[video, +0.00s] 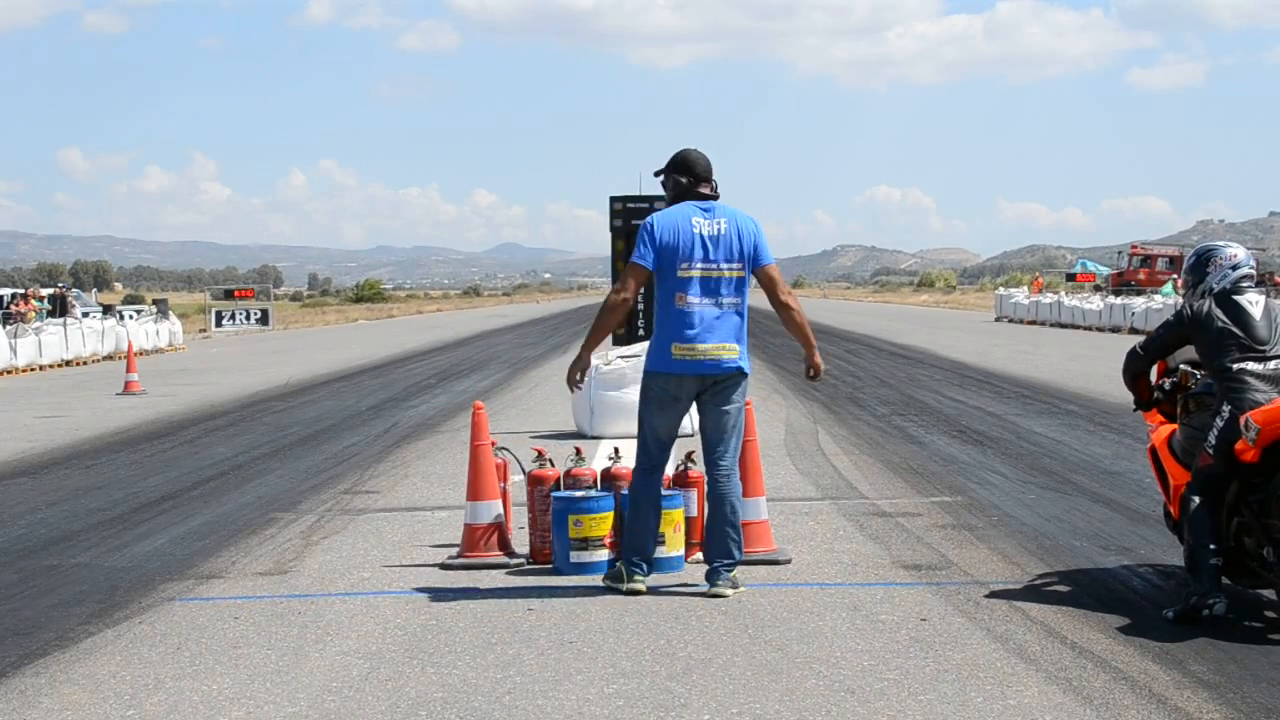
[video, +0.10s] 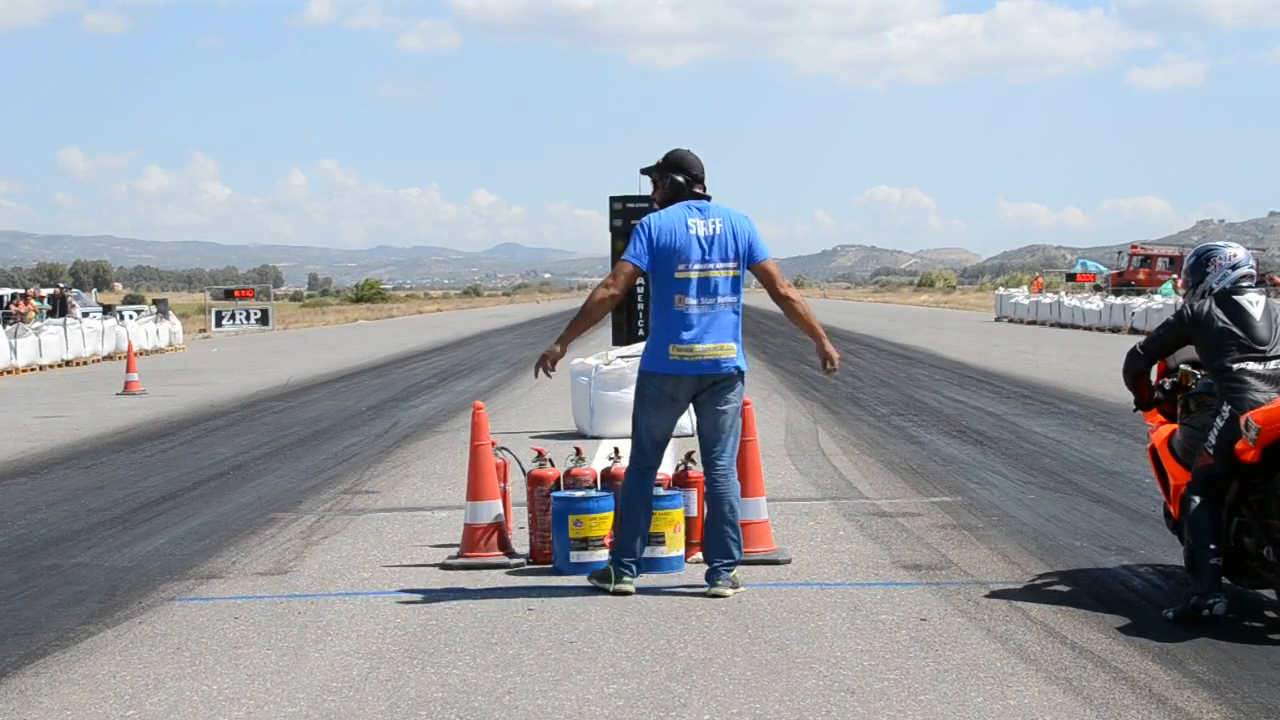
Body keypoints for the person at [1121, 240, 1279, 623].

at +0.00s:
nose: (1186, 287)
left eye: (1189, 280)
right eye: (1186, 280)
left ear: (1203, 277)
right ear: (1244, 269)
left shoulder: (1198, 309)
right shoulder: (1271, 304)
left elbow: (1136, 359)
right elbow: (1257, 353)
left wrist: (1148, 399)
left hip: (1243, 403)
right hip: (1279, 398)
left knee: (1199, 492)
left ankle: (1205, 591)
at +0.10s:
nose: (1186, 288)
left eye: (1189, 281)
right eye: (1187, 281)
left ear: (1203, 277)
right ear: (1244, 269)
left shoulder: (1198, 309)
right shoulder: (1271, 304)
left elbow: (1137, 359)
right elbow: (1256, 354)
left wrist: (1148, 398)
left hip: (1242, 406)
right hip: (1279, 400)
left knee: (1199, 492)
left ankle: (1206, 591)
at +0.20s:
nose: (1187, 288)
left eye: (1190, 280)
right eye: (1188, 281)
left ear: (1204, 276)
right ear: (1244, 269)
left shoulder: (1198, 310)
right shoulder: (1270, 303)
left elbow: (1138, 358)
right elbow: (1257, 353)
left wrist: (1149, 398)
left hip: (1242, 404)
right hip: (1279, 398)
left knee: (1199, 492)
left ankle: (1206, 592)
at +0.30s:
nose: (1187, 288)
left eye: (1190, 280)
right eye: (1188, 281)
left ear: (1204, 277)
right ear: (1245, 269)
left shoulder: (1199, 310)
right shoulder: (1270, 303)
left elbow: (1138, 358)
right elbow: (1256, 353)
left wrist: (1149, 398)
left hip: (1244, 403)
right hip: (1279, 398)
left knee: (1200, 493)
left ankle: (1206, 593)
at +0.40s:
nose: (1187, 288)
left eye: (1191, 280)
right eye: (1188, 281)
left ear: (1205, 276)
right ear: (1245, 269)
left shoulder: (1200, 309)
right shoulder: (1270, 303)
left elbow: (1139, 357)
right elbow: (1257, 353)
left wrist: (1149, 397)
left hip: (1243, 404)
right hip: (1279, 399)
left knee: (1199, 494)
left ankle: (1206, 592)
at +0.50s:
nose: (1187, 288)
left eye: (1191, 280)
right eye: (1188, 281)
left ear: (1206, 276)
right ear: (1245, 268)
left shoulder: (1200, 309)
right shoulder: (1273, 303)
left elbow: (1139, 357)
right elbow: (1260, 353)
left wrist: (1148, 397)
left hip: (1244, 404)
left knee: (1199, 494)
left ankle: (1206, 592)